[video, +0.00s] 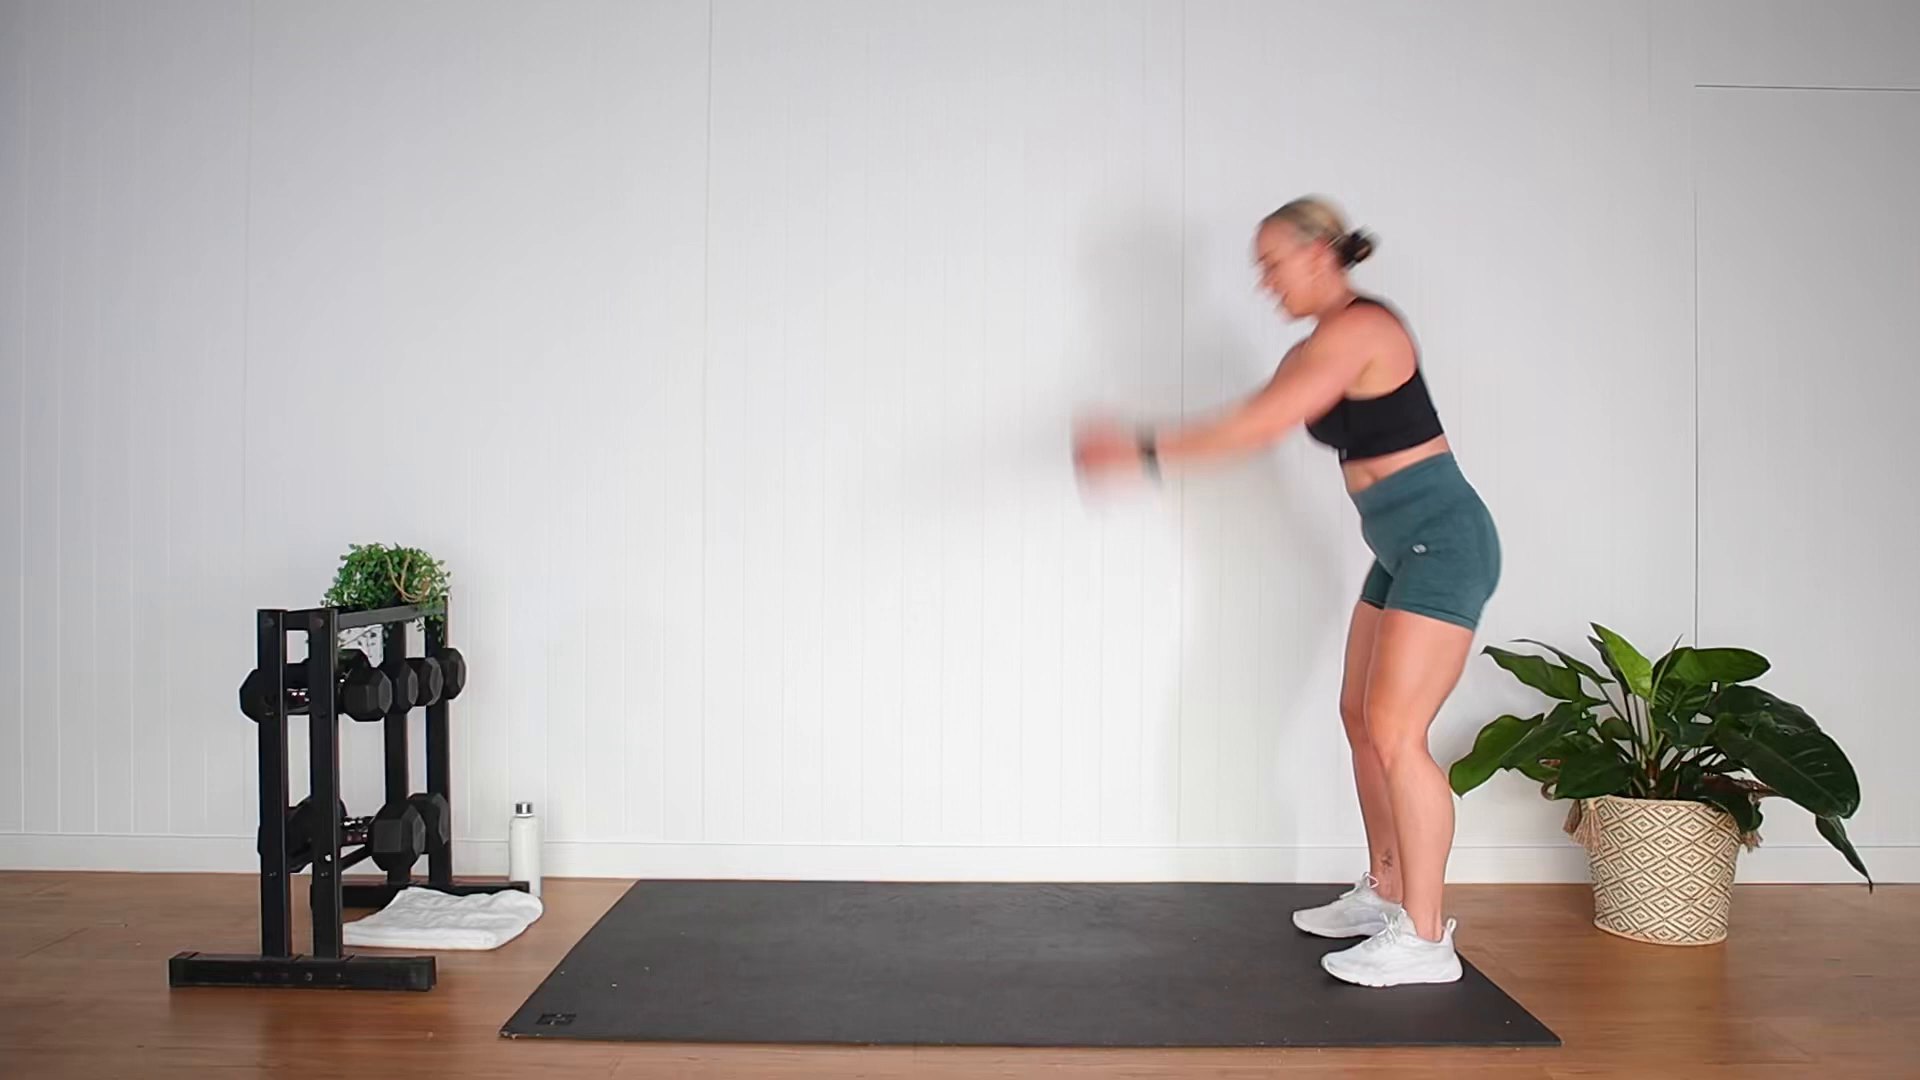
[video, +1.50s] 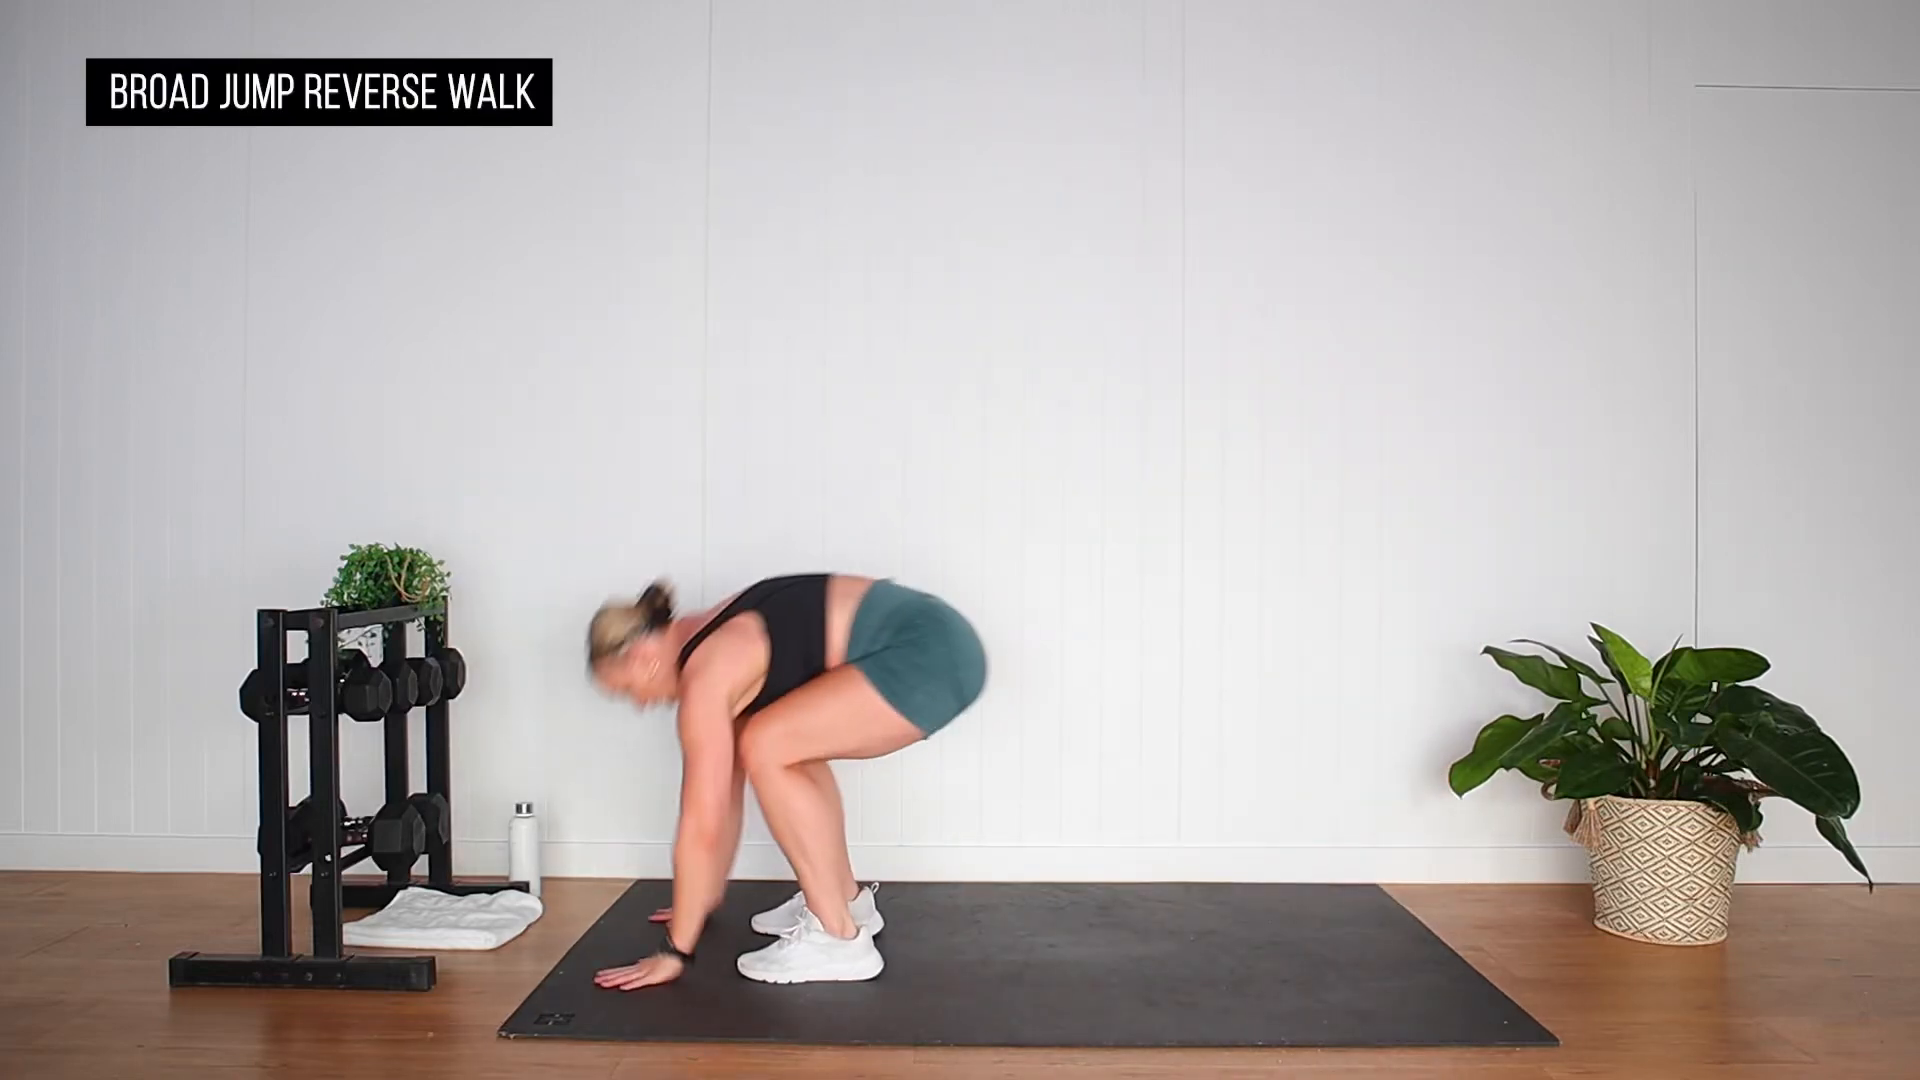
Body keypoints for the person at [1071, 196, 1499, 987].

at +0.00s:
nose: (1266, 282)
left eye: (1274, 265)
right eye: (1263, 267)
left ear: (1323, 254)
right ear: (1312, 259)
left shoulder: (1357, 331)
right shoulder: (1326, 337)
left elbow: (1259, 426)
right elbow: (1249, 425)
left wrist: (1146, 451)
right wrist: (1148, 446)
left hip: (1444, 541)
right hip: (1400, 546)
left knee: (1398, 732)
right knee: (1365, 723)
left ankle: (1426, 937)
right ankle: (1390, 893)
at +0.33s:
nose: (1130, 437)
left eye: (1135, 418)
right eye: (1125, 422)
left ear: (1183, 404)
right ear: (1182, 406)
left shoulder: (1253, 446)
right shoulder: (1239, 452)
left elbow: (1391, 438)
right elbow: (1366, 454)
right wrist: (1453, 485)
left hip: (1440, 561)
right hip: (1397, 572)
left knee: (1367, 738)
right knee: (1341, 726)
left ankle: (1424, 934)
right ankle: (1387, 890)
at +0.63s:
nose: (1105, 402)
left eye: (1110, 383)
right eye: (1101, 386)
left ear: (1156, 374)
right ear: (1152, 377)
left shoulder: (1206, 453)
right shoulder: (1190, 451)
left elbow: (1214, 592)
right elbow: (1202, 578)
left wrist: (1187, 688)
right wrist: (1176, 676)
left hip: (1357, 606)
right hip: (1323, 609)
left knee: (1275, 775)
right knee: (1257, 757)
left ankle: (1410, 923)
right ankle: (1373, 890)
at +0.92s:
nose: (974, 211)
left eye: (980, 193)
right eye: (971, 195)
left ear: (1018, 186)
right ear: (1023, 187)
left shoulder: (1057, 247)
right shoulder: (1053, 250)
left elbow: (963, 337)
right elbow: (976, 363)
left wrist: (854, 367)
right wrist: (867, 378)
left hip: (1156, 448)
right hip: (1147, 450)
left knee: (1113, 650)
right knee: (1115, 648)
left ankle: (1227, 820)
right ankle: (1218, 814)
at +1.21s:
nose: (744, 440)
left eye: (745, 421)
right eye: (737, 428)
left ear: (781, 404)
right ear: (784, 410)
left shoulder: (821, 473)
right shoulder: (836, 459)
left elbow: (766, 605)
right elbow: (778, 604)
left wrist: (704, 695)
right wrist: (714, 689)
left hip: (970, 619)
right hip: (974, 614)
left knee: (811, 732)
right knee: (821, 728)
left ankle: (836, 933)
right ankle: (839, 893)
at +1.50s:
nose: (639, 702)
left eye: (627, 689)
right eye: (624, 694)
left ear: (644, 656)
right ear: (648, 648)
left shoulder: (706, 678)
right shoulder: (712, 645)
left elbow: (701, 820)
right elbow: (722, 802)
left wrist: (678, 951)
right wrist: (704, 894)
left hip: (928, 656)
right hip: (927, 645)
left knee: (765, 746)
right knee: (777, 739)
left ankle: (836, 938)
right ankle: (841, 900)